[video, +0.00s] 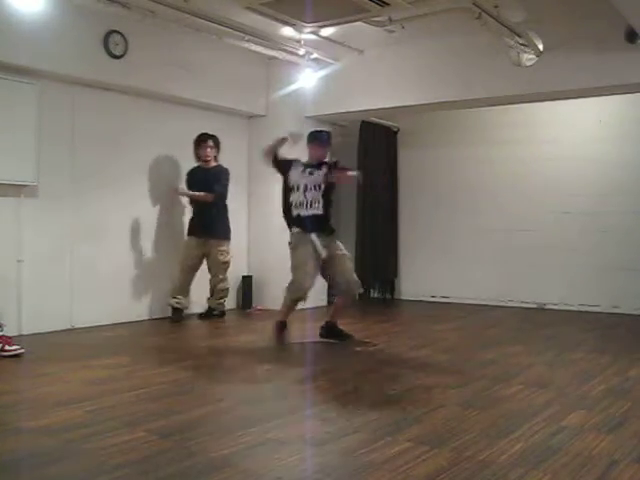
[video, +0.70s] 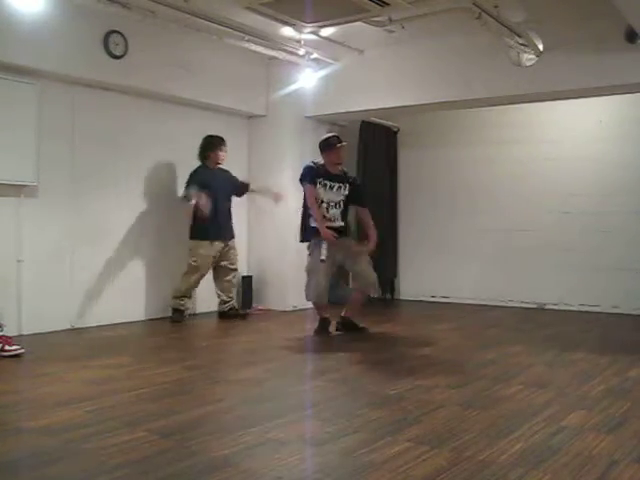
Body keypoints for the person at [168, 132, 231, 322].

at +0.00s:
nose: (207, 151)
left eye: (211, 147)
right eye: (203, 147)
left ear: (216, 151)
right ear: (196, 151)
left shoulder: (222, 172)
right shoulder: (192, 173)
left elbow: (216, 197)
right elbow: (194, 200)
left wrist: (189, 194)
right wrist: (195, 204)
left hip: (218, 230)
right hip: (197, 228)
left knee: (219, 272)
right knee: (186, 270)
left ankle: (217, 306)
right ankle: (178, 306)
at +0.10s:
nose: (202, 152)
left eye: (205, 148)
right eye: (197, 148)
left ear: (209, 151)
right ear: (189, 151)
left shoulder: (217, 173)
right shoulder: (184, 174)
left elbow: (216, 199)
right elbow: (179, 204)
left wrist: (188, 195)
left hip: (215, 230)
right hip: (192, 228)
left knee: (217, 272)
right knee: (184, 270)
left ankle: (216, 306)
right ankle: (178, 307)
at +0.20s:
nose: (195, 150)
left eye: (198, 147)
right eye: (189, 148)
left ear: (202, 149)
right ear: (182, 153)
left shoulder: (212, 172)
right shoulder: (178, 177)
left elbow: (221, 197)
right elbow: (166, 204)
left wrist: (203, 208)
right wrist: (162, 229)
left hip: (214, 232)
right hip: (190, 232)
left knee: (216, 272)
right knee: (183, 271)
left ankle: (213, 306)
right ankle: (178, 307)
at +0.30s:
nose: (194, 151)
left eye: (196, 147)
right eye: (189, 148)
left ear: (200, 149)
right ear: (180, 154)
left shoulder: (210, 172)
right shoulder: (177, 178)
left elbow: (216, 201)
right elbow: (160, 204)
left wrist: (219, 224)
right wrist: (155, 230)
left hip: (213, 231)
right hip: (191, 233)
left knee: (216, 271)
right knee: (183, 272)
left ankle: (214, 307)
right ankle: (178, 307)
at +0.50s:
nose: (204, 151)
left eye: (206, 147)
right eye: (199, 148)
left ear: (208, 149)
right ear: (189, 152)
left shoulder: (213, 173)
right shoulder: (183, 176)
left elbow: (227, 198)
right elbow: (170, 204)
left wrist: (241, 217)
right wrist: (165, 229)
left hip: (216, 233)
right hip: (192, 235)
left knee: (221, 270)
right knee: (185, 273)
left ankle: (225, 305)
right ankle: (178, 307)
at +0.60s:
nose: (214, 152)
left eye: (215, 149)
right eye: (210, 149)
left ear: (215, 151)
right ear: (199, 152)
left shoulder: (217, 174)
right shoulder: (190, 175)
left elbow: (234, 194)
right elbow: (177, 200)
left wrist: (252, 207)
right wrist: (183, 223)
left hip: (219, 234)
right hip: (197, 235)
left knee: (223, 272)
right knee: (188, 274)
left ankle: (226, 306)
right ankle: (179, 308)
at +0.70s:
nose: (223, 154)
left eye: (224, 150)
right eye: (220, 150)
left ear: (222, 153)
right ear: (209, 153)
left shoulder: (225, 175)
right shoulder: (199, 174)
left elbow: (244, 188)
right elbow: (188, 194)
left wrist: (271, 193)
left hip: (225, 234)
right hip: (204, 236)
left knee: (228, 273)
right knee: (194, 273)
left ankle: (227, 307)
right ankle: (179, 307)